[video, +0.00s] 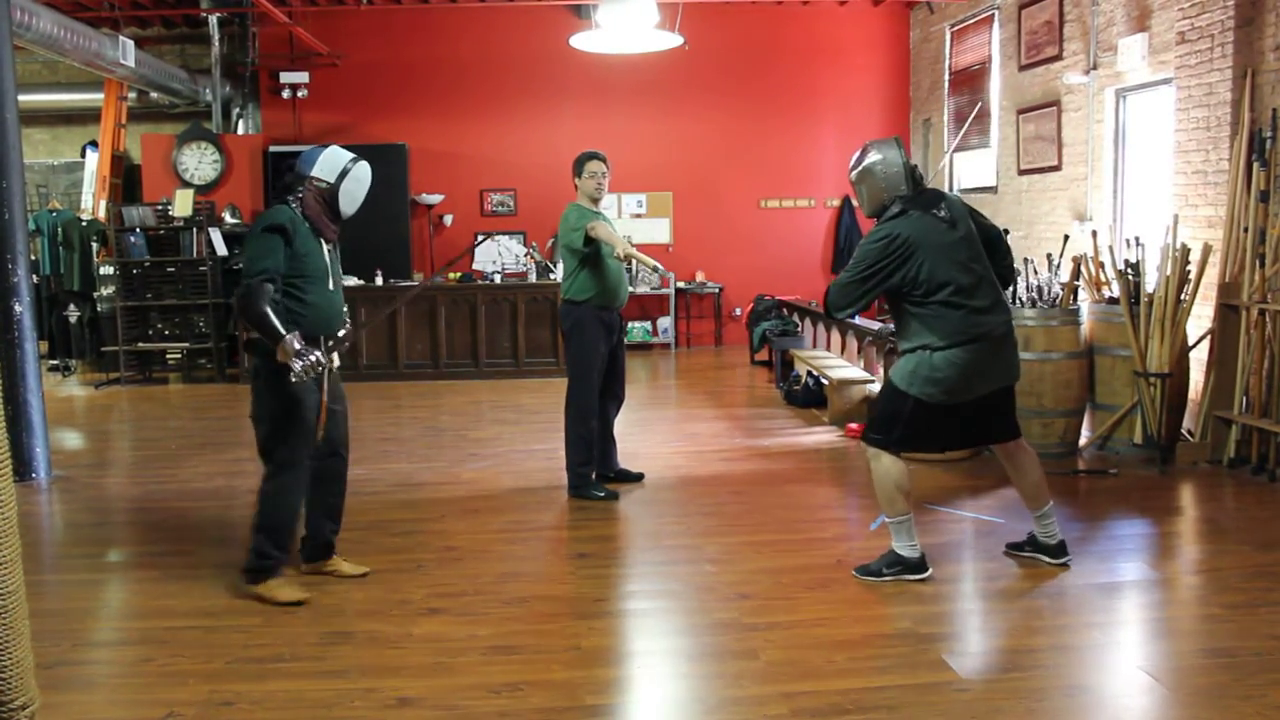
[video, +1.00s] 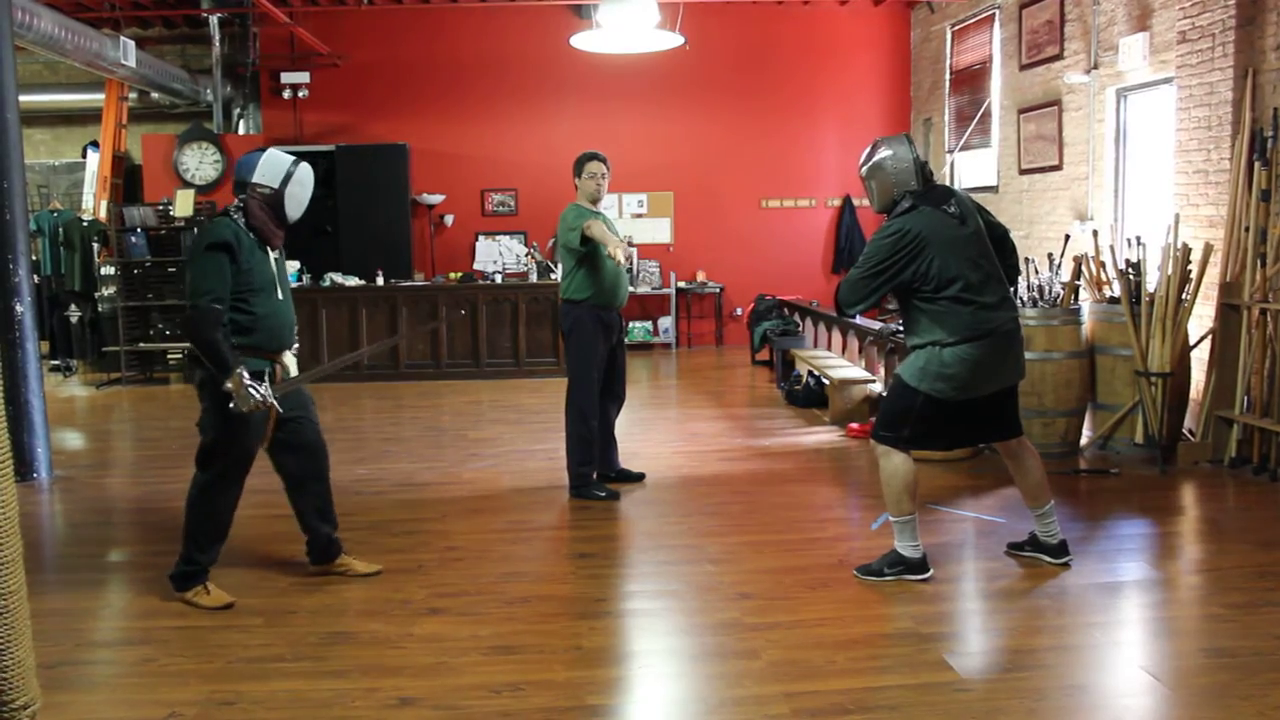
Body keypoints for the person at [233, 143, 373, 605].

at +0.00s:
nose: (350, 202)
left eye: (353, 193)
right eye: (348, 192)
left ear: (327, 185)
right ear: (325, 184)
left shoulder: (325, 233)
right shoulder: (278, 222)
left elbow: (326, 291)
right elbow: (254, 294)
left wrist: (340, 327)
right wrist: (284, 340)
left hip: (324, 365)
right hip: (285, 367)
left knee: (331, 459)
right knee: (289, 464)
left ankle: (319, 554)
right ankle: (264, 571)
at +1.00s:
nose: (292, 206)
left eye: (293, 197)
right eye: (288, 195)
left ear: (263, 191)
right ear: (263, 189)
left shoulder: (267, 238)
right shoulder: (220, 236)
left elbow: (272, 301)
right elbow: (205, 314)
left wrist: (285, 349)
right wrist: (231, 374)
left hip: (279, 370)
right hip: (238, 374)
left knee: (308, 460)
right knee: (220, 478)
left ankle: (326, 554)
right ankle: (191, 577)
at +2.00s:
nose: (294, 208)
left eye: (294, 199)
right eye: (290, 198)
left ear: (259, 193)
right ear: (267, 194)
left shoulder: (263, 242)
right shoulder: (228, 244)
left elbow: (270, 309)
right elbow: (217, 330)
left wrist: (290, 358)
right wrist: (256, 383)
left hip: (284, 375)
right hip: (249, 379)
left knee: (325, 458)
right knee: (235, 481)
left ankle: (331, 554)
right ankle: (189, 585)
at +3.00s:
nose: (295, 209)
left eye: (295, 200)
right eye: (291, 199)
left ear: (259, 194)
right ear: (269, 195)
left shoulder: (264, 243)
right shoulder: (229, 246)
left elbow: (272, 309)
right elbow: (217, 332)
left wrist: (293, 356)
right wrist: (255, 388)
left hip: (286, 376)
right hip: (251, 380)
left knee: (326, 459)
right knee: (235, 483)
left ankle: (332, 555)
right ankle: (190, 587)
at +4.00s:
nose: (295, 212)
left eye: (295, 203)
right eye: (291, 201)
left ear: (260, 197)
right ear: (269, 197)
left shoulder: (263, 244)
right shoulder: (233, 246)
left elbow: (270, 312)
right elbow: (220, 332)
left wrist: (294, 359)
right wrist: (256, 390)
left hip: (286, 378)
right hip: (253, 381)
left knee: (328, 458)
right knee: (237, 482)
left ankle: (332, 556)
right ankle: (190, 587)